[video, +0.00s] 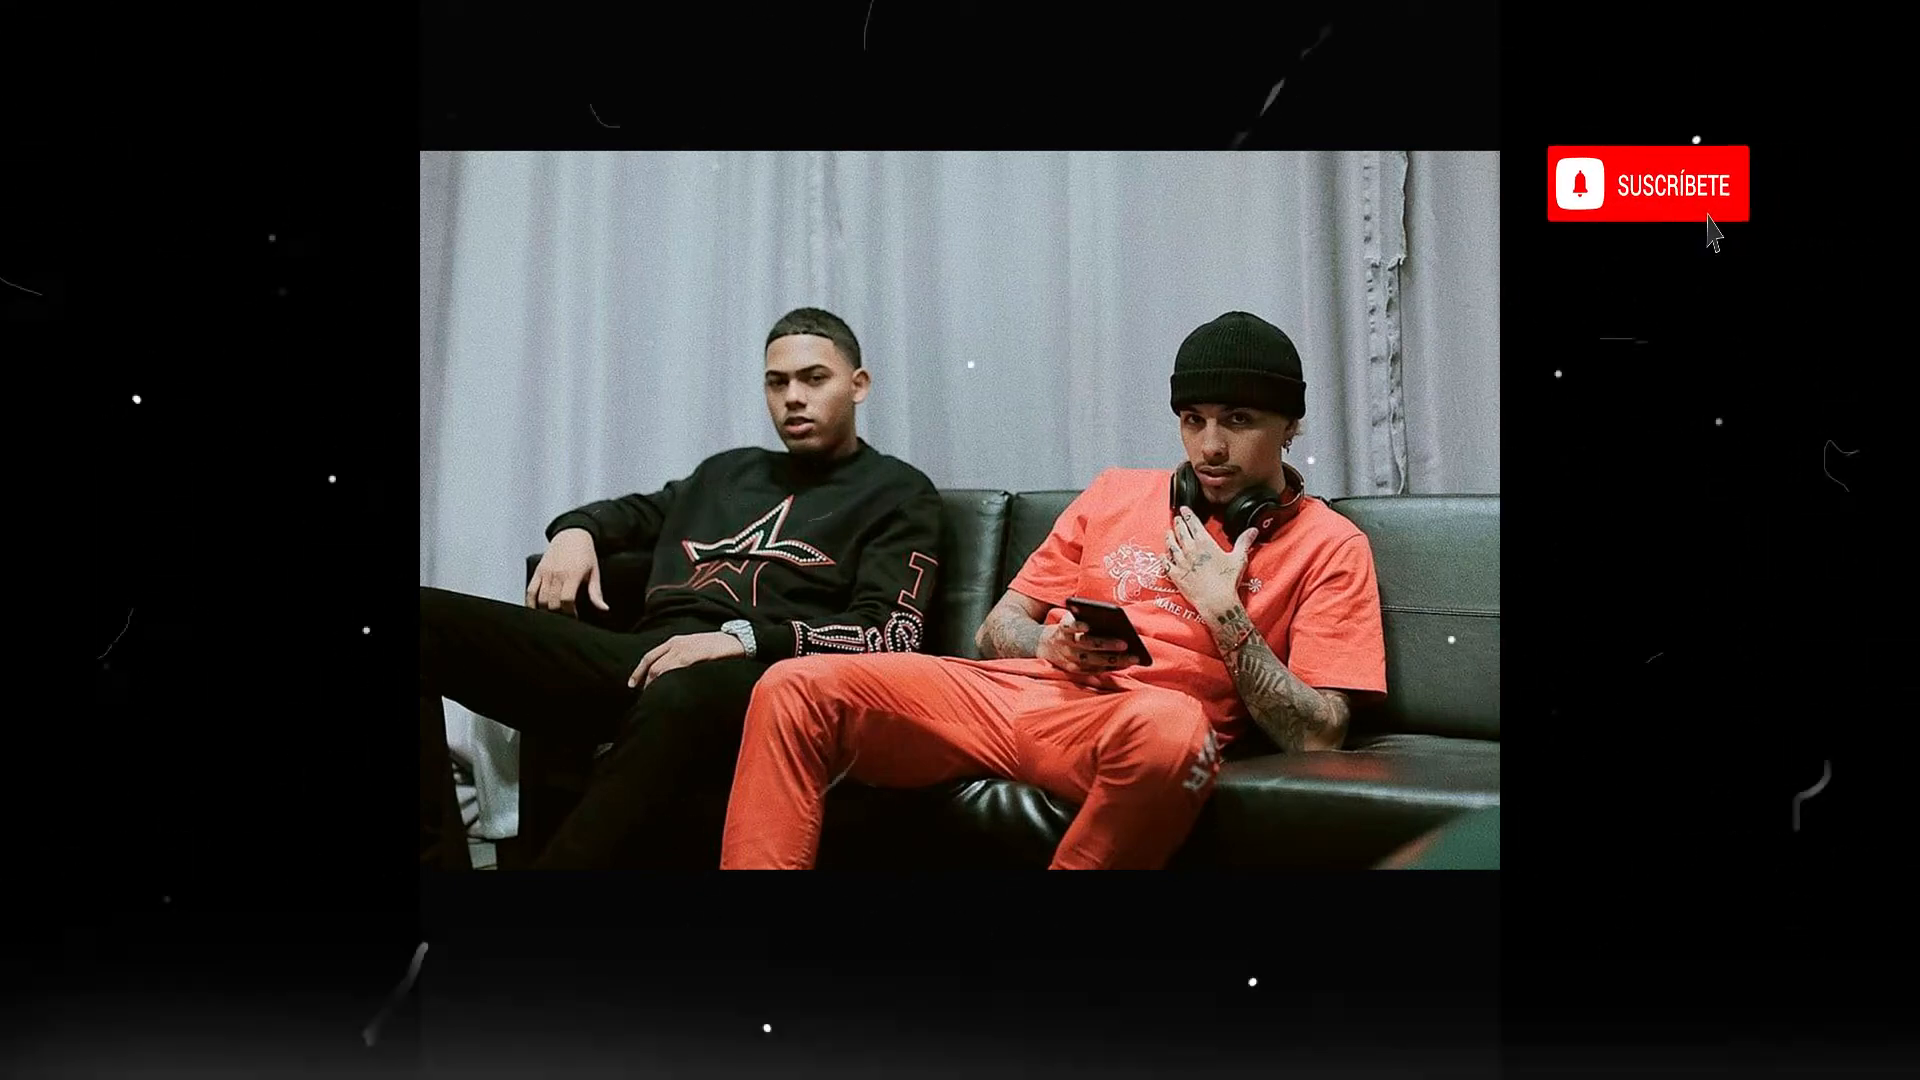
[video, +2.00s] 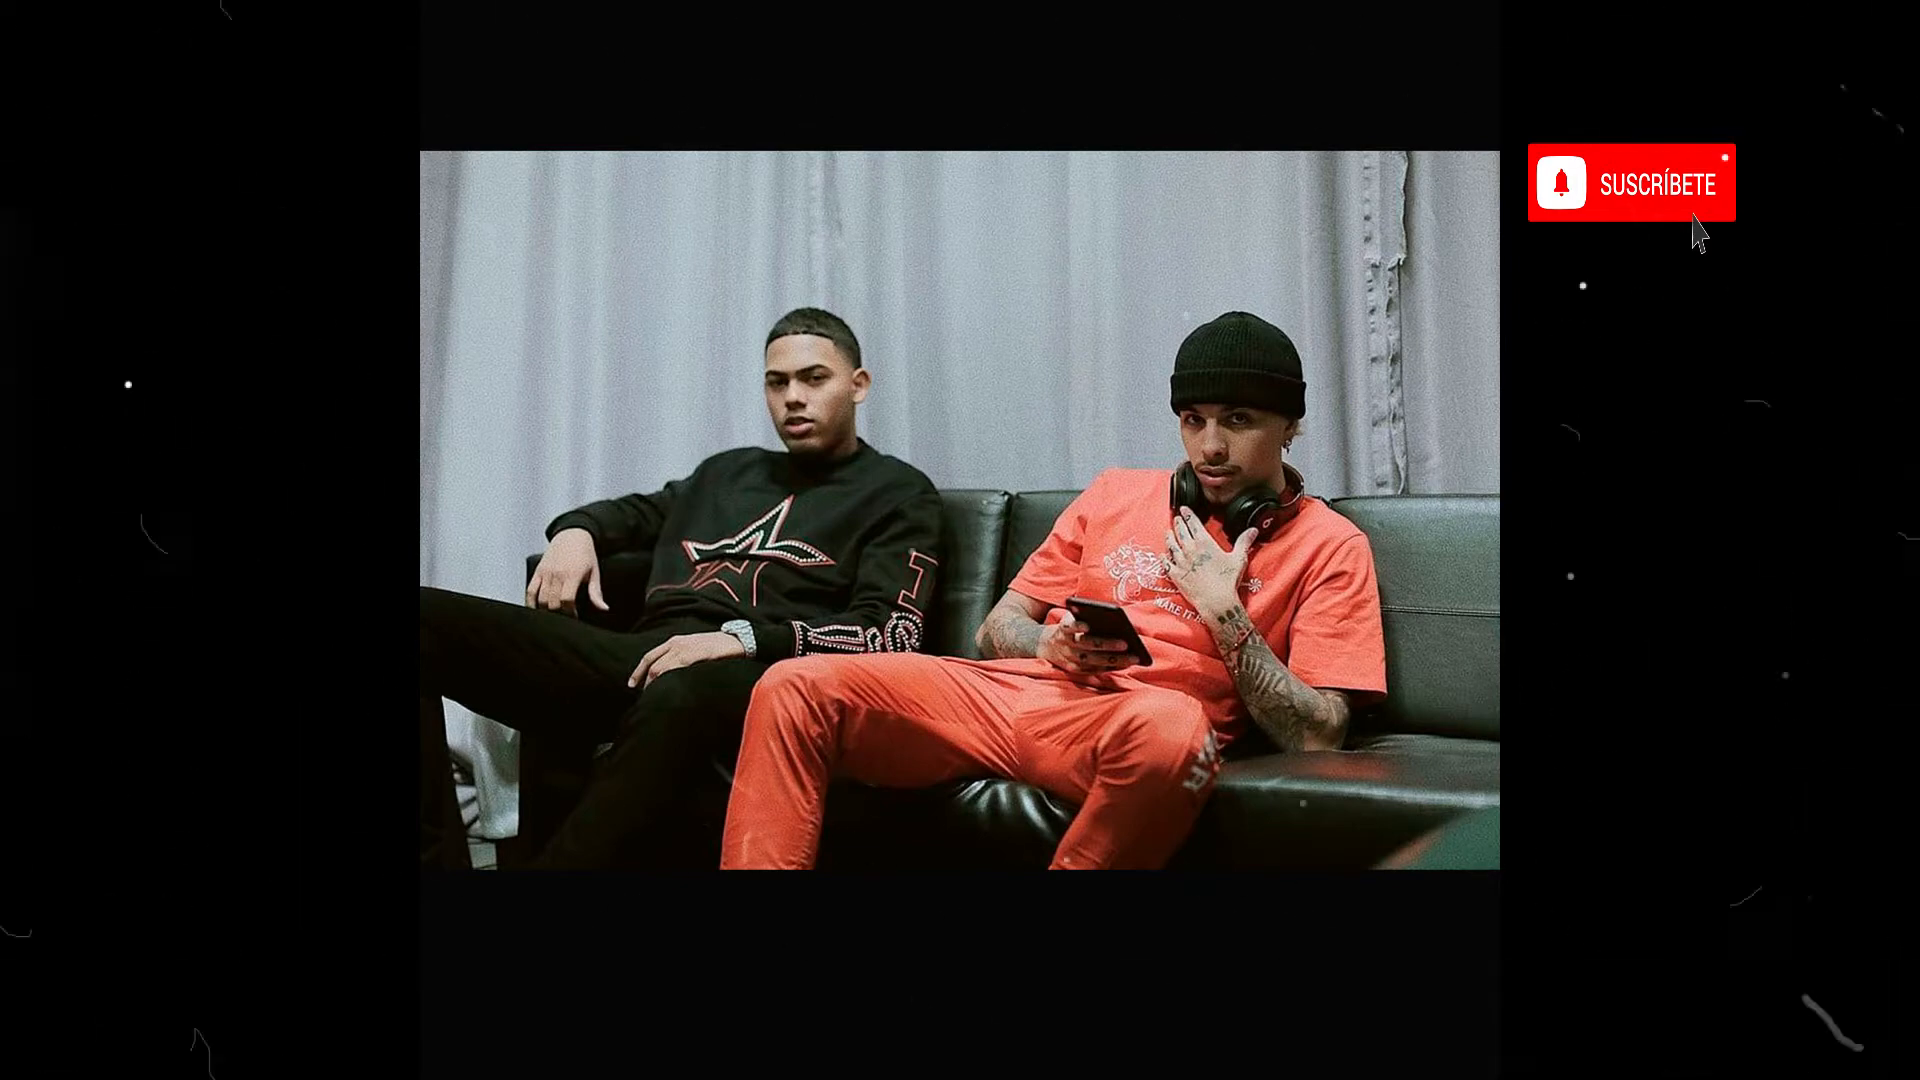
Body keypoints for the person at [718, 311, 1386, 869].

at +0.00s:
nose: (1211, 445)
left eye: (1238, 422)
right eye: (1195, 419)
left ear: (1288, 429)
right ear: (1179, 422)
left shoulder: (1329, 546)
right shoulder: (1117, 493)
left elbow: (1318, 736)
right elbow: (999, 627)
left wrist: (1227, 615)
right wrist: (1052, 646)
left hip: (1131, 707)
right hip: (1013, 685)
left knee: (1170, 745)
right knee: (792, 694)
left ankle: (1047, 954)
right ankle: (755, 951)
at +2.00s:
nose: (1210, 445)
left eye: (1238, 421)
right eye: (1195, 419)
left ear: (1288, 429)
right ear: (1179, 422)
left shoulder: (1329, 546)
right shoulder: (1118, 493)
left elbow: (1318, 735)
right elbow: (999, 626)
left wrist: (1227, 615)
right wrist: (1051, 647)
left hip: (1131, 708)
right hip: (1013, 685)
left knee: (1171, 745)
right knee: (792, 693)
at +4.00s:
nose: (1210, 445)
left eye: (1238, 421)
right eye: (1196, 419)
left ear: (1289, 429)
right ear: (1179, 422)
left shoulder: (1328, 546)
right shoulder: (1118, 493)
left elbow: (1318, 734)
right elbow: (999, 626)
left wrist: (1226, 614)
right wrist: (1050, 646)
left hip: (1132, 708)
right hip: (1013, 685)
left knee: (1170, 747)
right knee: (792, 693)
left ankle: (1047, 951)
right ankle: (756, 951)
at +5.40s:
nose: (1210, 445)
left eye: (1238, 422)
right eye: (1196, 419)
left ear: (1288, 429)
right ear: (1179, 422)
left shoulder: (1328, 546)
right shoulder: (1118, 492)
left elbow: (1318, 735)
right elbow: (1000, 626)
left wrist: (1226, 614)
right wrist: (1051, 647)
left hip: (1130, 708)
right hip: (1013, 685)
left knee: (1171, 745)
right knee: (791, 693)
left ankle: (1058, 885)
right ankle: (760, 899)